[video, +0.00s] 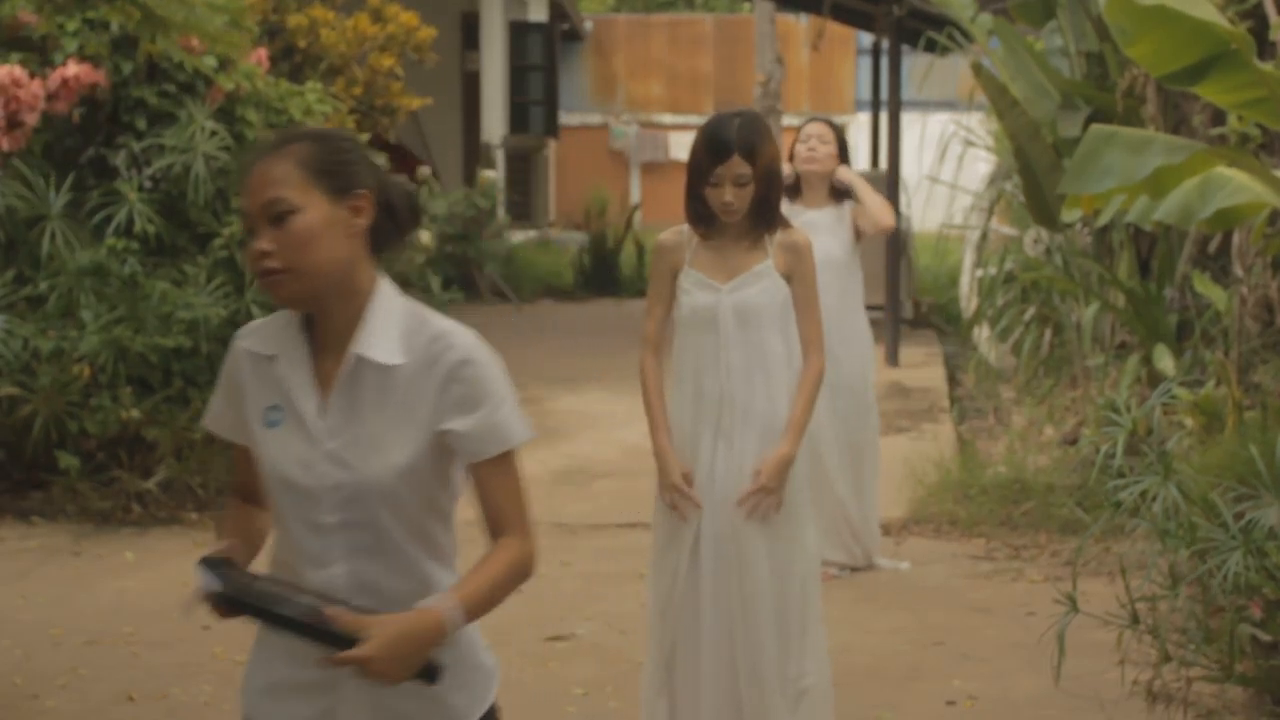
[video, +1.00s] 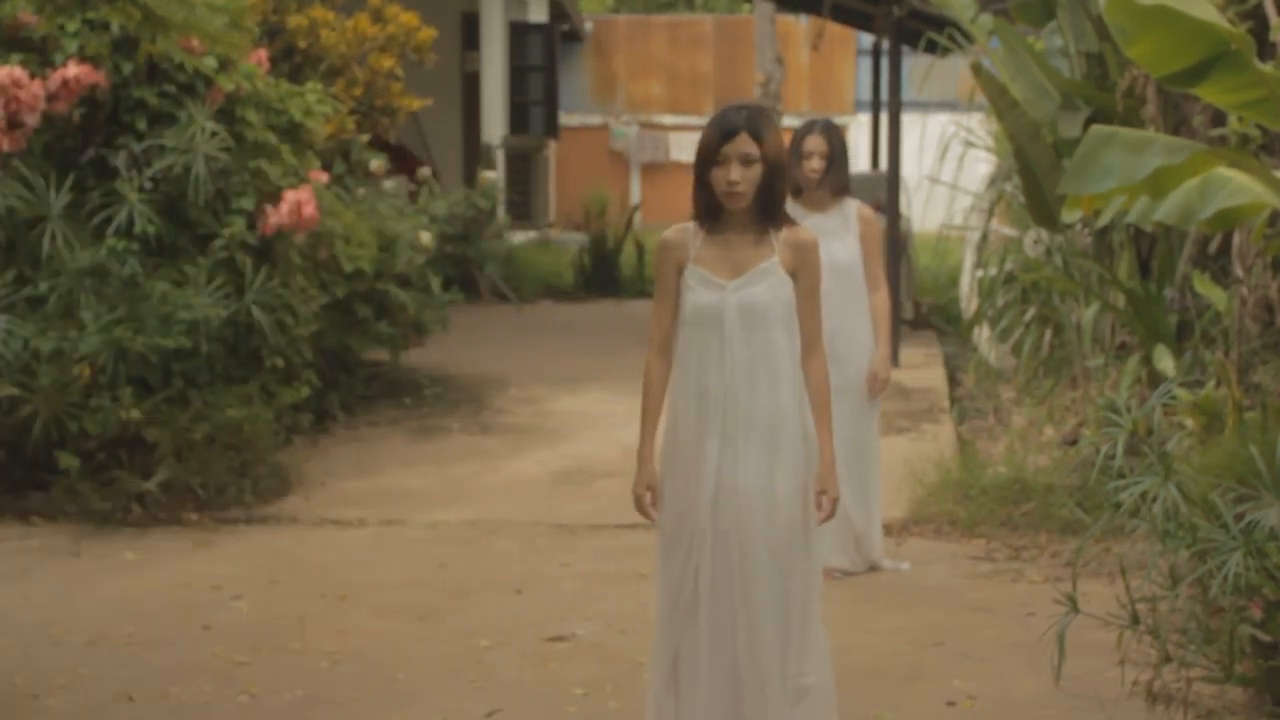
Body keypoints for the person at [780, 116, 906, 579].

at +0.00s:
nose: (811, 148)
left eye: (821, 142)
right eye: (804, 141)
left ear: (839, 159)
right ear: (791, 156)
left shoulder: (848, 209)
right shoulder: (776, 208)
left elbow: (884, 222)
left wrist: (853, 176)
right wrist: (773, 174)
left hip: (845, 334)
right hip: (792, 335)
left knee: (847, 436)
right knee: (798, 435)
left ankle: (851, 543)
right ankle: (805, 545)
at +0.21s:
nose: (814, 153)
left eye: (824, 146)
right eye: (806, 146)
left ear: (839, 160)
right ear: (791, 158)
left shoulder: (851, 214)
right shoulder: (777, 212)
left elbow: (894, 192)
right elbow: (742, 209)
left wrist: (864, 177)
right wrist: (772, 185)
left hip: (847, 332)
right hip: (795, 333)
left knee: (848, 435)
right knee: (801, 435)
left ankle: (850, 542)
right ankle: (807, 546)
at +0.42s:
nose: (816, 152)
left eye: (826, 146)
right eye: (808, 146)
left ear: (842, 158)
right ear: (794, 158)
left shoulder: (854, 212)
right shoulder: (779, 211)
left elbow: (890, 255)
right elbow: (758, 271)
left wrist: (880, 202)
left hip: (846, 334)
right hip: (793, 333)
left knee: (843, 437)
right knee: (796, 436)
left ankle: (845, 544)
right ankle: (801, 545)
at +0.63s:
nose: (814, 163)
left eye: (824, 155)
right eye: (806, 155)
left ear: (840, 162)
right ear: (793, 161)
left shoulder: (862, 218)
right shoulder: (779, 215)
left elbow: (878, 283)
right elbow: (762, 273)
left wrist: (867, 294)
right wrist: (776, 308)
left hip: (846, 339)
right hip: (794, 337)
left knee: (844, 440)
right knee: (798, 438)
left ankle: (845, 544)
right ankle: (802, 546)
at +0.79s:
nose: (813, 169)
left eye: (822, 160)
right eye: (804, 159)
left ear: (838, 165)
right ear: (793, 164)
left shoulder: (862, 219)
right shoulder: (781, 217)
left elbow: (875, 284)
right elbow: (769, 286)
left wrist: (875, 339)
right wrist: (772, 345)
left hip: (847, 350)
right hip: (794, 348)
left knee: (847, 448)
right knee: (799, 443)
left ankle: (850, 545)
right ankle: (804, 545)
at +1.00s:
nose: (814, 166)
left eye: (824, 158)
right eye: (806, 157)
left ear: (837, 163)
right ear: (793, 160)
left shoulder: (862, 218)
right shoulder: (780, 217)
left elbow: (877, 287)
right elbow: (770, 290)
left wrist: (883, 351)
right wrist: (772, 352)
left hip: (851, 347)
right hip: (797, 347)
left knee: (852, 446)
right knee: (803, 441)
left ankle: (854, 544)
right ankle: (809, 543)